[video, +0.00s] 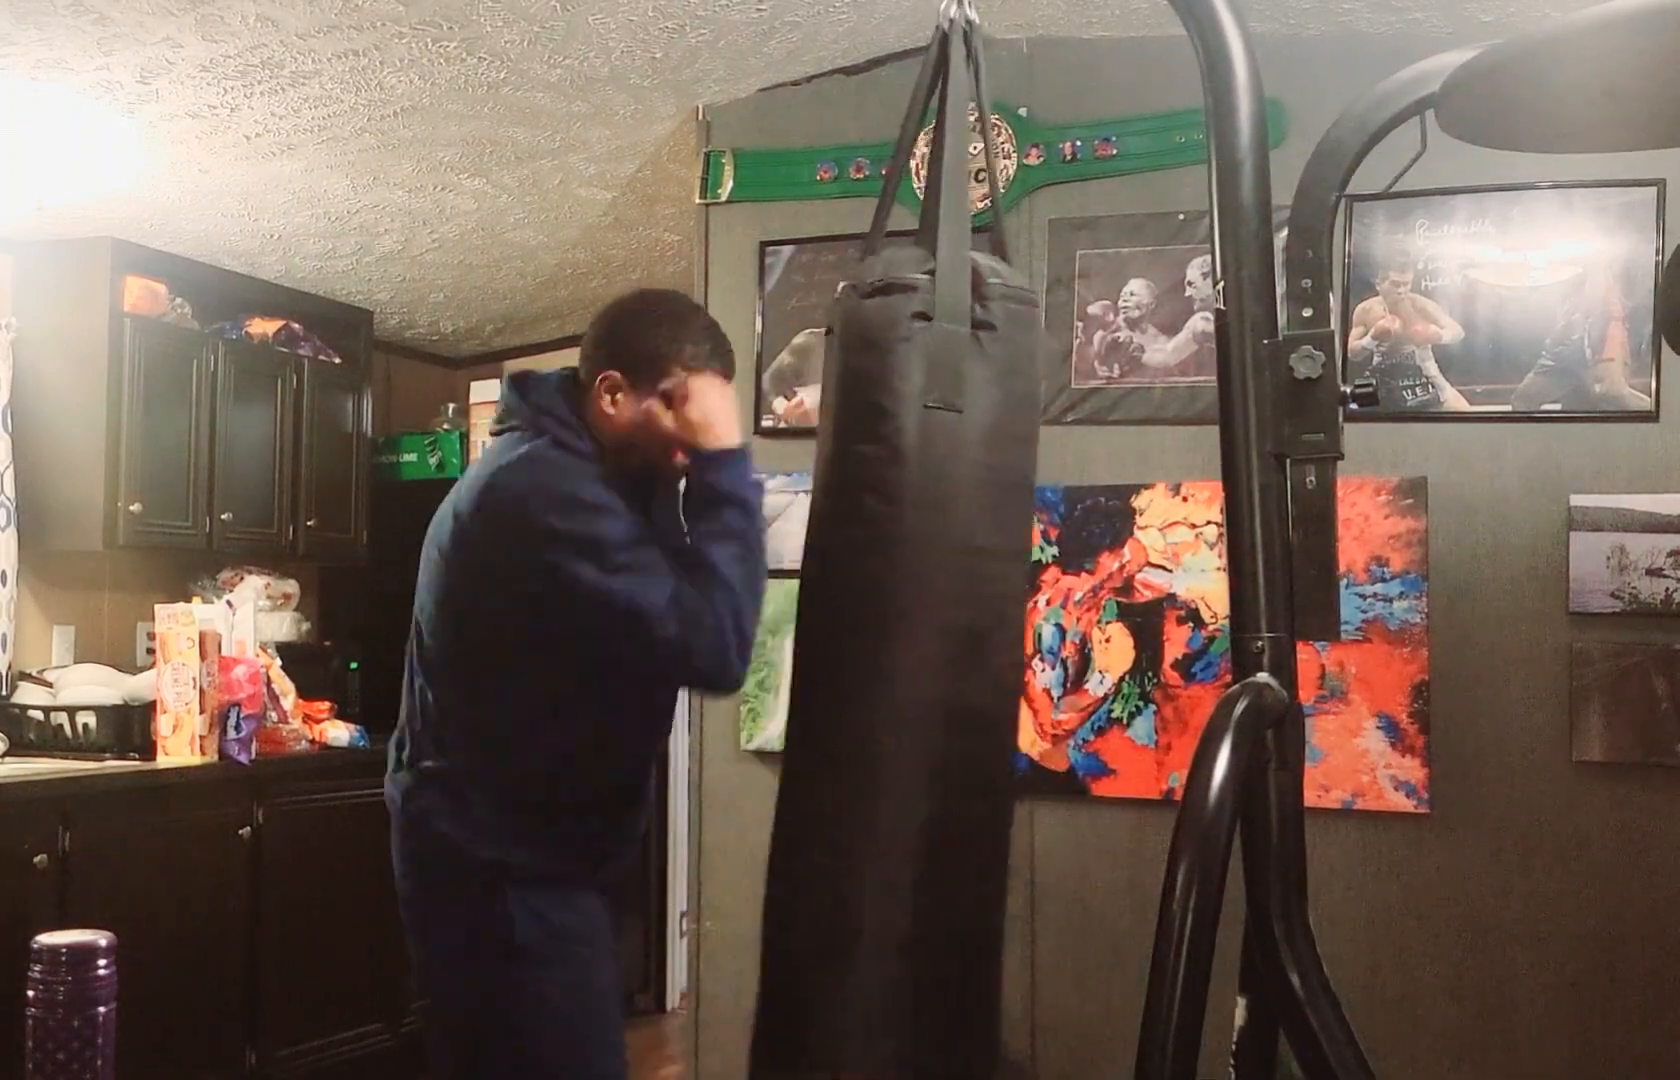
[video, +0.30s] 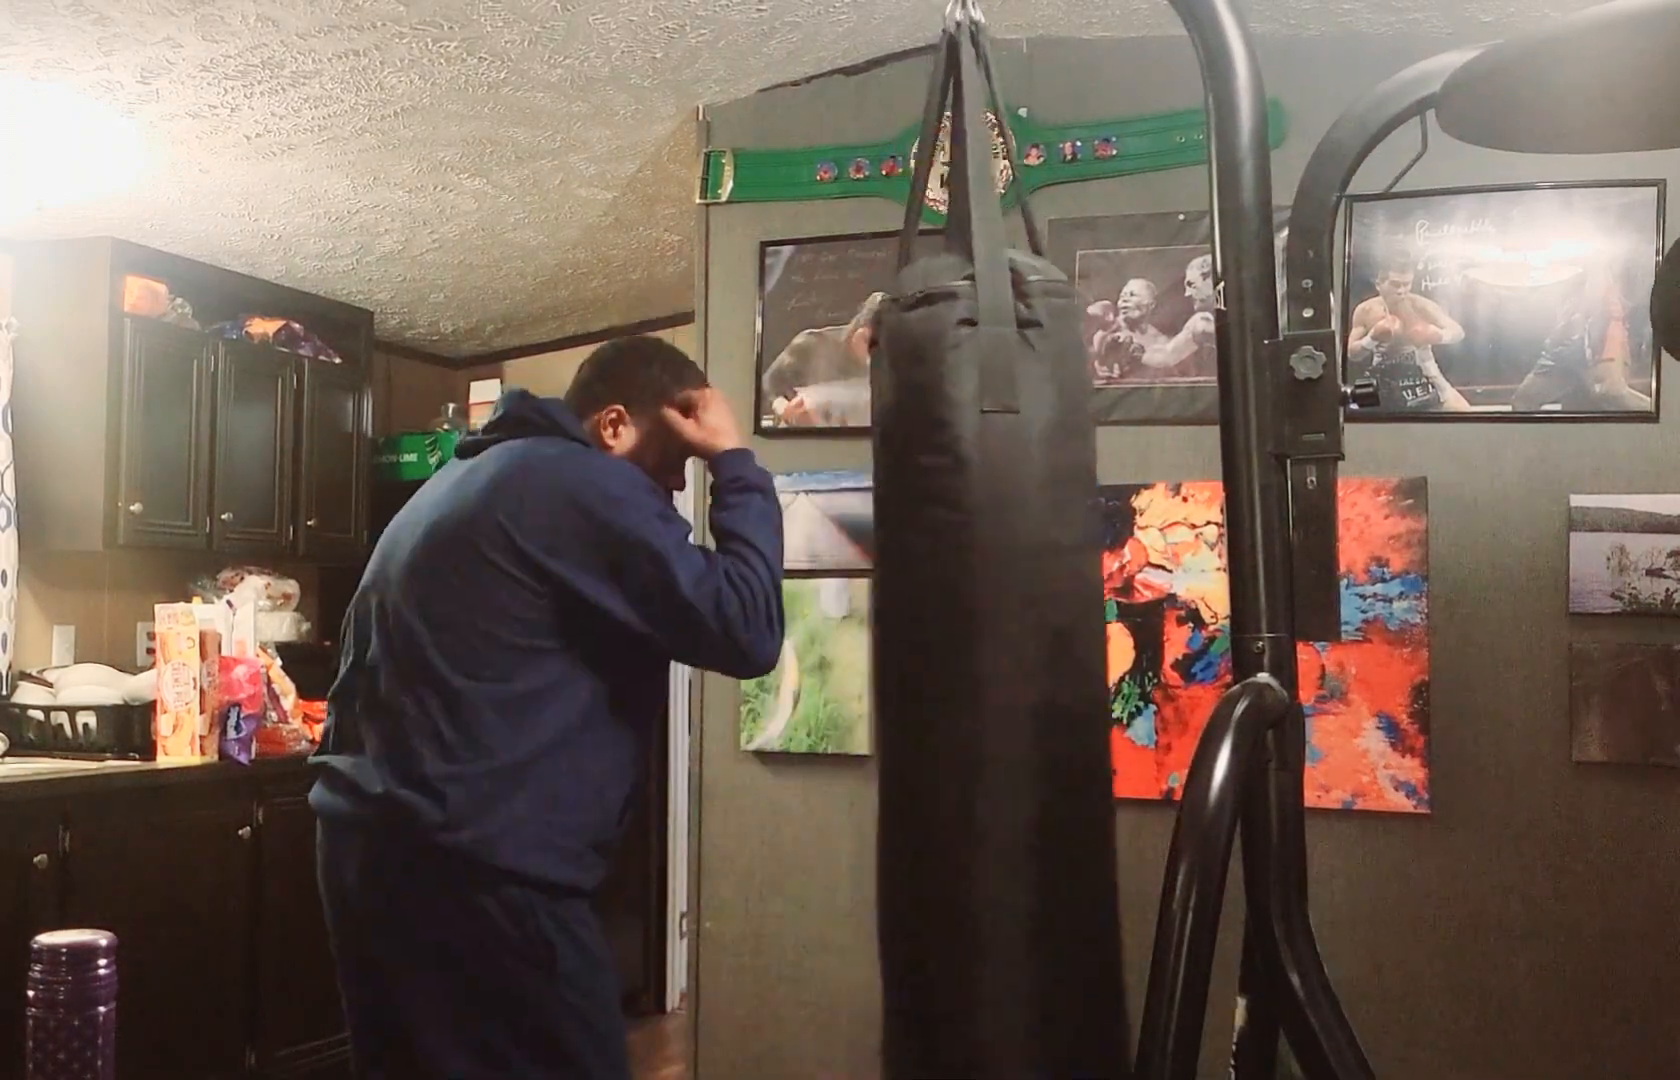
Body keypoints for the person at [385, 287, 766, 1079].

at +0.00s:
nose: (692, 447)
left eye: (699, 423)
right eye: (682, 418)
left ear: (607, 395)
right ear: (611, 394)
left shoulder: (567, 469)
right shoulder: (544, 489)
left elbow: (698, 624)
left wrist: (699, 467)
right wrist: (723, 460)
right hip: (506, 876)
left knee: (542, 1061)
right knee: (568, 1065)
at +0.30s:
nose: (670, 495)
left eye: (677, 476)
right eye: (668, 469)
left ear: (599, 421)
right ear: (614, 426)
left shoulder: (469, 475)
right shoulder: (579, 484)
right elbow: (745, 629)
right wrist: (738, 460)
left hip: (367, 843)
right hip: (488, 867)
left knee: (403, 1063)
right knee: (574, 1061)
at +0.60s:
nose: (682, 443)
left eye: (686, 422)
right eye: (672, 419)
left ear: (598, 397)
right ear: (601, 397)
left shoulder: (512, 456)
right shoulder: (517, 472)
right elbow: (660, 640)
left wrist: (697, 538)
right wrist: (698, 457)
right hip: (463, 871)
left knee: (452, 1062)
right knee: (544, 1061)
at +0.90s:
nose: (668, 432)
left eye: (678, 413)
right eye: (664, 405)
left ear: (596, 378)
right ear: (601, 374)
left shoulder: (548, 454)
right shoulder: (497, 465)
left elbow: (709, 505)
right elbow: (645, 642)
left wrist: (888, 502)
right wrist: (691, 467)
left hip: (486, 847)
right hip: (449, 859)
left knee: (516, 1055)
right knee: (521, 1062)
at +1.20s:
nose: (618, 479)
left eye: (625, 469)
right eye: (623, 457)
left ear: (569, 403)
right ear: (590, 408)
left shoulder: (416, 449)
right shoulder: (538, 472)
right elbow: (663, 648)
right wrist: (685, 485)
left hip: (353, 826)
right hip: (462, 850)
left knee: (398, 1059)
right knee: (532, 1063)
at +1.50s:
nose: (654, 542)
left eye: (654, 528)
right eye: (651, 523)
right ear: (617, 494)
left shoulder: (409, 516)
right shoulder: (578, 511)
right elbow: (681, 690)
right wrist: (694, 547)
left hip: (339, 850)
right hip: (487, 857)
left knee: (386, 1062)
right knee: (609, 1065)